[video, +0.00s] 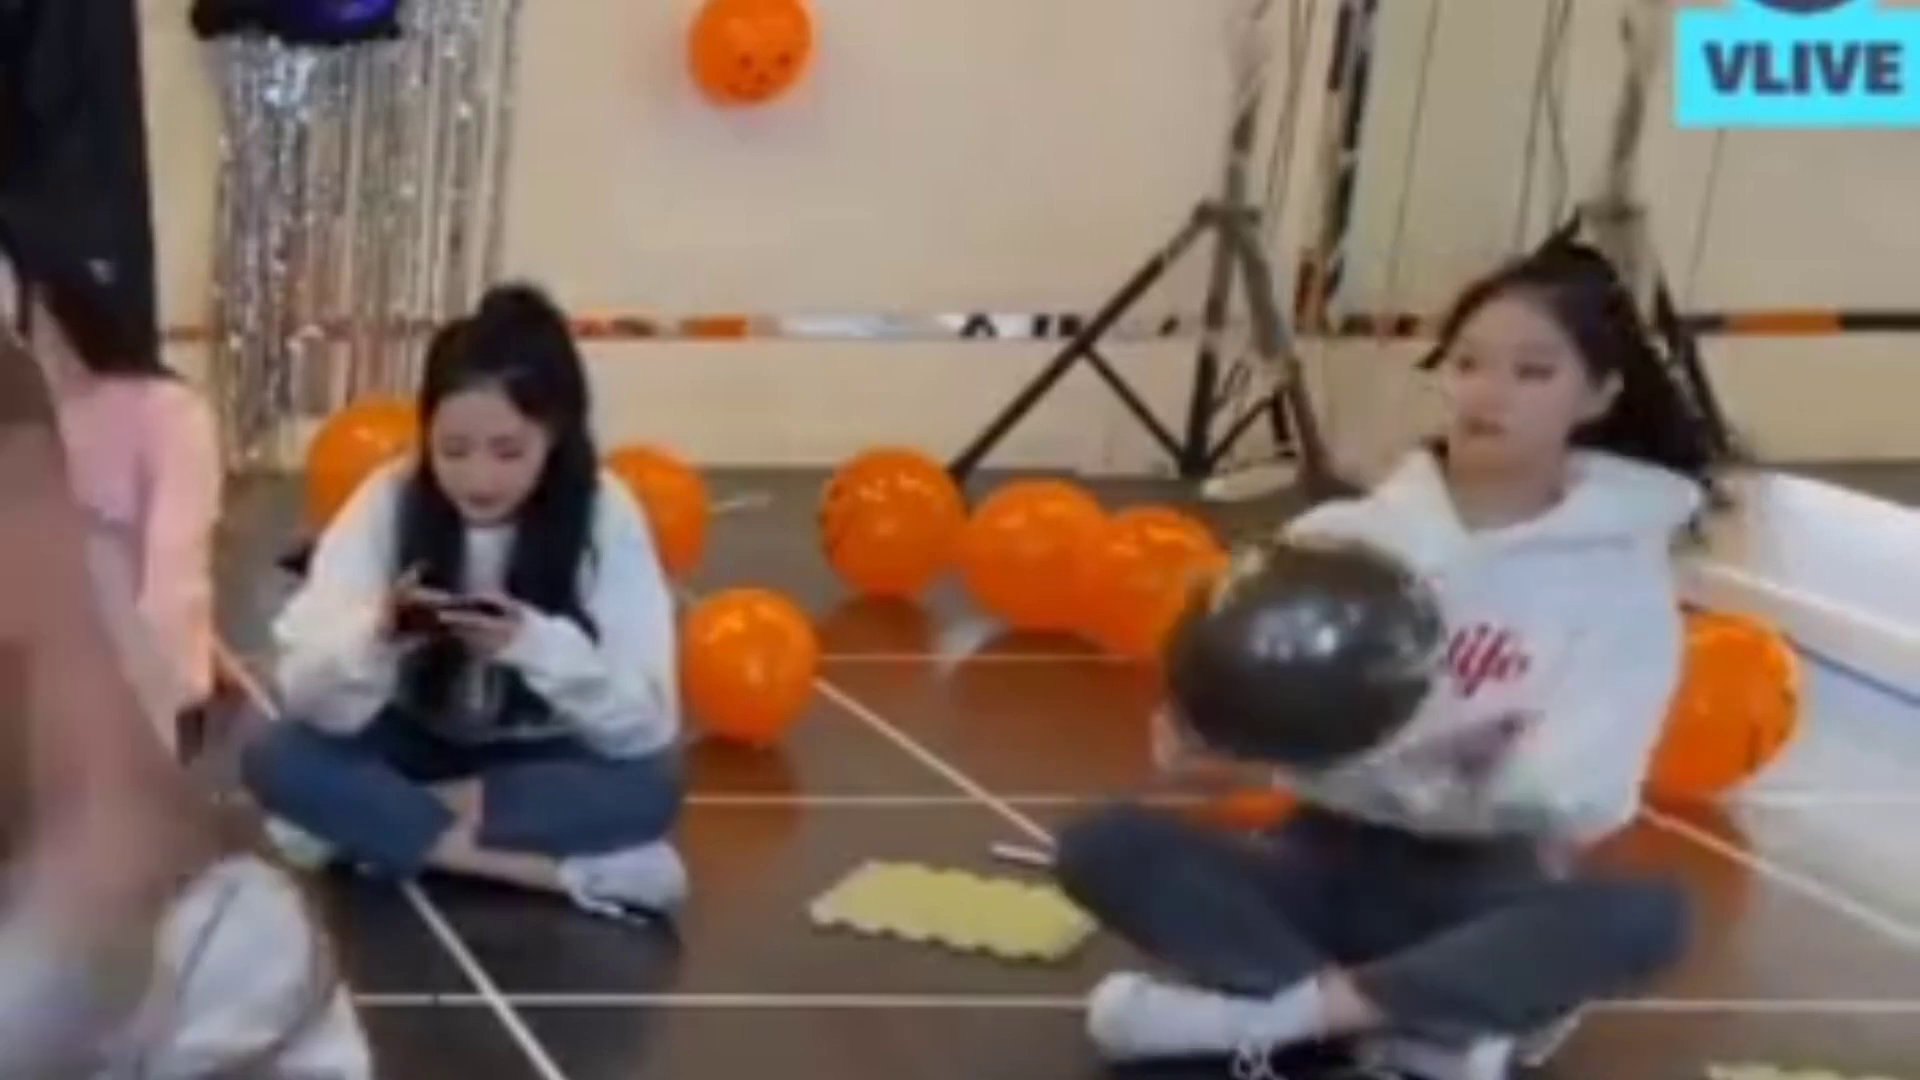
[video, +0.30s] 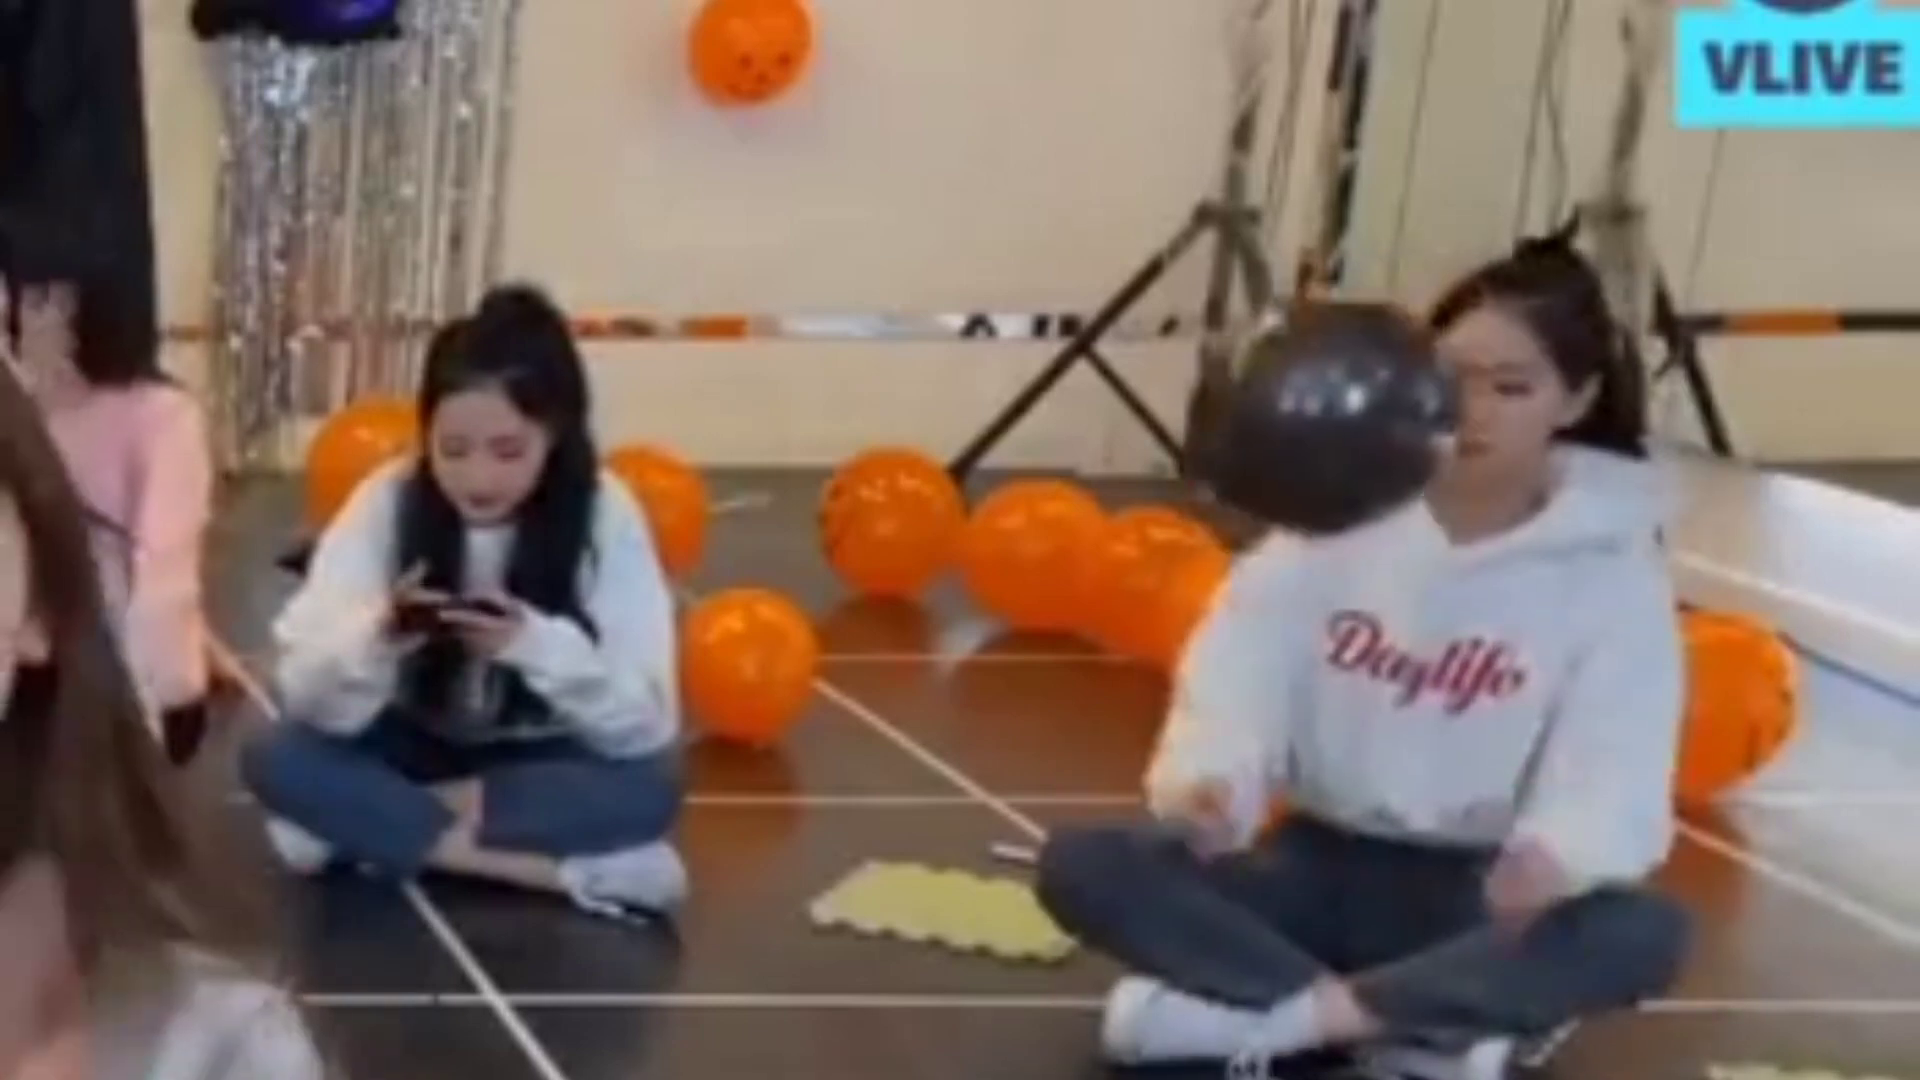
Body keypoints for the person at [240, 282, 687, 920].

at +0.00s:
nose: (478, 480)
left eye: (508, 454)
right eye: (454, 452)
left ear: (556, 441)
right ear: (425, 436)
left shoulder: (604, 516)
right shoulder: (387, 502)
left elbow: (645, 723)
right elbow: (310, 700)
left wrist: (531, 644)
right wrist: (381, 636)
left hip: (545, 742)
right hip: (410, 734)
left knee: (648, 790)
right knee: (275, 757)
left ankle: (366, 837)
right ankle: (550, 877)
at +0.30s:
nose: (478, 480)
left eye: (508, 454)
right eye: (454, 452)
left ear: (557, 440)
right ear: (424, 437)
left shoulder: (604, 516)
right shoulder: (387, 502)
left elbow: (645, 723)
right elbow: (309, 700)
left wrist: (531, 645)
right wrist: (383, 637)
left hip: (544, 745)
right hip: (408, 736)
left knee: (648, 791)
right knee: (274, 758)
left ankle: (366, 838)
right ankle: (549, 877)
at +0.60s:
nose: (477, 481)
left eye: (507, 454)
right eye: (452, 453)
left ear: (557, 440)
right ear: (423, 437)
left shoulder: (603, 516)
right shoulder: (388, 501)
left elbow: (645, 723)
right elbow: (309, 701)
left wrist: (532, 645)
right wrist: (383, 636)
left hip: (545, 745)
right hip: (410, 736)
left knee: (647, 792)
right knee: (275, 757)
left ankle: (367, 837)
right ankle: (550, 877)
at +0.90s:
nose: (479, 482)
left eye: (509, 455)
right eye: (454, 454)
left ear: (558, 441)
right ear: (424, 437)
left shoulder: (603, 515)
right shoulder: (388, 501)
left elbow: (645, 723)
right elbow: (308, 701)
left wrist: (532, 645)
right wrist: (383, 634)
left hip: (544, 745)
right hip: (410, 735)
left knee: (648, 792)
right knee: (276, 758)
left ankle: (377, 835)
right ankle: (547, 877)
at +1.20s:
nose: (479, 483)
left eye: (509, 455)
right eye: (454, 454)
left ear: (558, 440)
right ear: (425, 438)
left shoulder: (603, 515)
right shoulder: (388, 501)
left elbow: (645, 723)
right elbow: (308, 700)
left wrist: (531, 644)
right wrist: (384, 634)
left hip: (545, 743)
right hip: (409, 735)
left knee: (648, 791)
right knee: (277, 759)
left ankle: (368, 837)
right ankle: (550, 876)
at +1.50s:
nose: (479, 483)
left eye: (510, 455)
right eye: (454, 454)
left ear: (558, 440)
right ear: (425, 438)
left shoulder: (603, 515)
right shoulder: (388, 501)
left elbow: (645, 724)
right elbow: (308, 699)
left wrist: (531, 644)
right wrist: (383, 638)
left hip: (545, 743)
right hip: (409, 735)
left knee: (648, 791)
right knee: (275, 757)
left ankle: (367, 837)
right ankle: (550, 877)